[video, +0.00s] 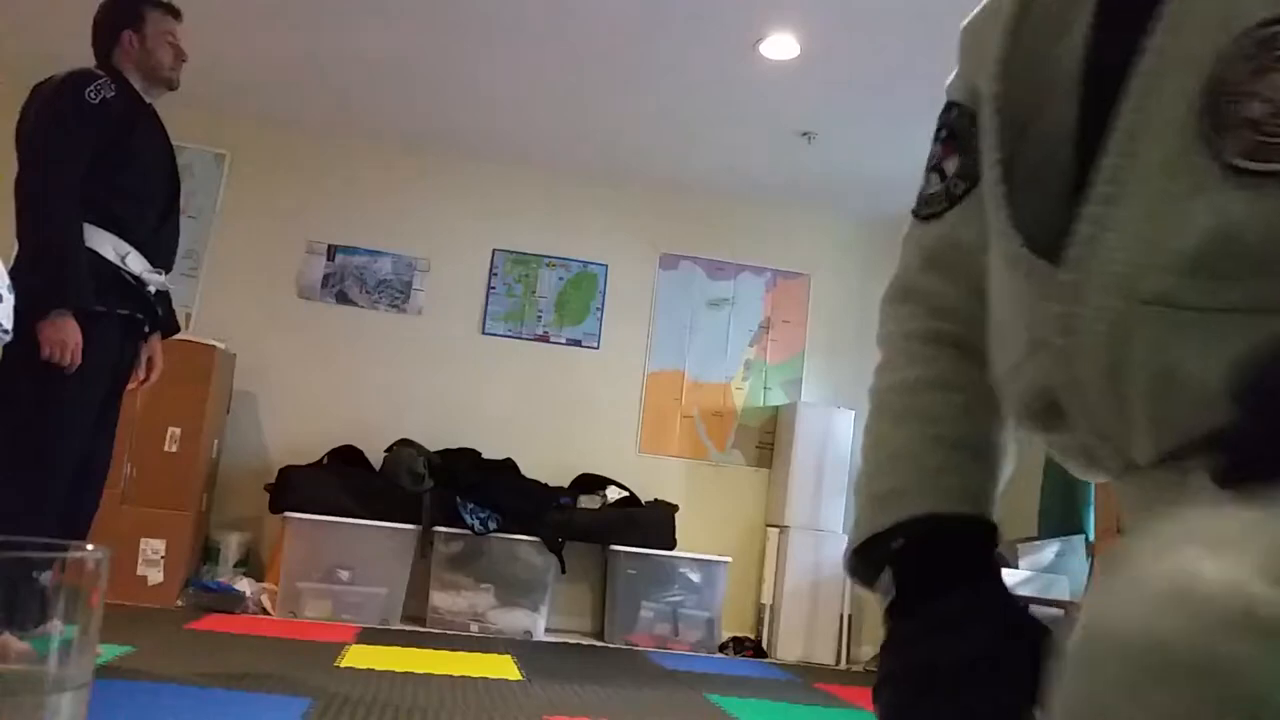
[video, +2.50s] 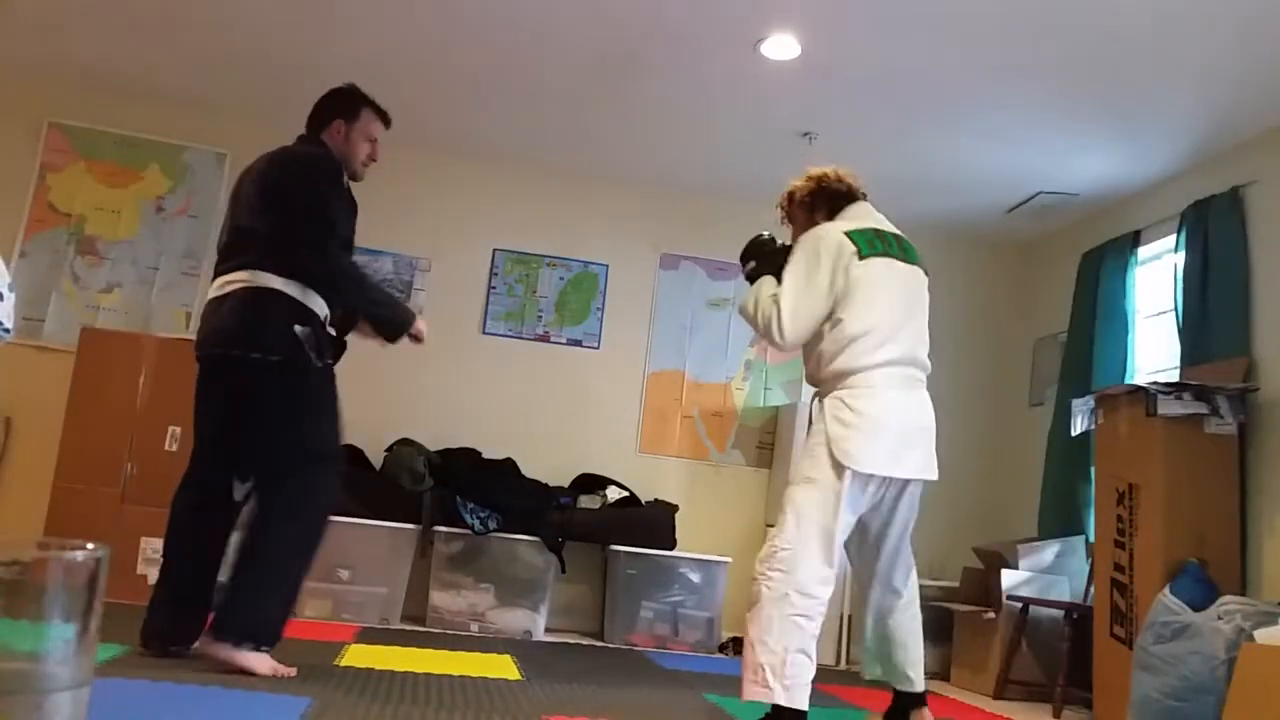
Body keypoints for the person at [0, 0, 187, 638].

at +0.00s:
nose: (183, 51)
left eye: (182, 40)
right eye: (171, 37)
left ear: (139, 45)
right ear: (130, 41)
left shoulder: (149, 126)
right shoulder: (73, 95)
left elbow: (147, 237)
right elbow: (47, 203)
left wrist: (154, 323)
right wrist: (55, 306)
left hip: (113, 325)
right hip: (62, 317)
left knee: (80, 477)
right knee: (37, 469)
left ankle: (39, 614)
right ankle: (9, 619)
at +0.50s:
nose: (186, 52)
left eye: (185, 41)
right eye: (174, 39)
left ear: (142, 46)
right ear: (131, 43)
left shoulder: (153, 130)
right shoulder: (75, 95)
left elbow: (148, 241)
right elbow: (39, 204)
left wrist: (149, 330)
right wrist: (41, 307)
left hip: (113, 332)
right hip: (62, 323)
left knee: (82, 477)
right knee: (36, 470)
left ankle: (42, 617)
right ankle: (10, 618)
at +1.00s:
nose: (202, 67)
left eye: (203, 57)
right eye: (191, 54)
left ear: (158, 59)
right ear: (147, 52)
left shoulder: (157, 130)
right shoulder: (102, 104)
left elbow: (144, 237)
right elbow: (65, 200)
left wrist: (151, 329)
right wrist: (61, 303)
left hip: (118, 328)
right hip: (81, 321)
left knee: (82, 472)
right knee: (51, 468)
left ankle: (38, 613)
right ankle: (13, 614)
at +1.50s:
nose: (252, 107)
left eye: (255, 99)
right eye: (243, 94)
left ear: (213, 94)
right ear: (204, 86)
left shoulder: (203, 152)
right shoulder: (163, 130)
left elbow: (170, 246)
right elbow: (122, 220)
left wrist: (176, 325)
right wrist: (122, 319)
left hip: (137, 330)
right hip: (151, 332)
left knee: (83, 475)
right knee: (188, 469)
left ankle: (28, 617)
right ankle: (135, 625)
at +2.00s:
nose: (356, 137)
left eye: (360, 127)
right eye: (349, 122)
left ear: (306, 118)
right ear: (314, 113)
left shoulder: (251, 150)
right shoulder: (290, 153)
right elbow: (277, 241)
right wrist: (288, 336)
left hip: (191, 314)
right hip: (239, 317)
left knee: (183, 469)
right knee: (256, 484)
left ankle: (83, 614)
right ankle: (227, 646)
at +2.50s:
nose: (377, 156)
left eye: (379, 144)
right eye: (372, 139)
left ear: (324, 131)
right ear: (336, 127)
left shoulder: (261, 169)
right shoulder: (321, 170)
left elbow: (283, 272)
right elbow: (326, 263)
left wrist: (354, 312)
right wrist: (400, 315)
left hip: (221, 330)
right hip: (277, 333)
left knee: (211, 478)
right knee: (306, 485)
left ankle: (170, 629)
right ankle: (240, 636)